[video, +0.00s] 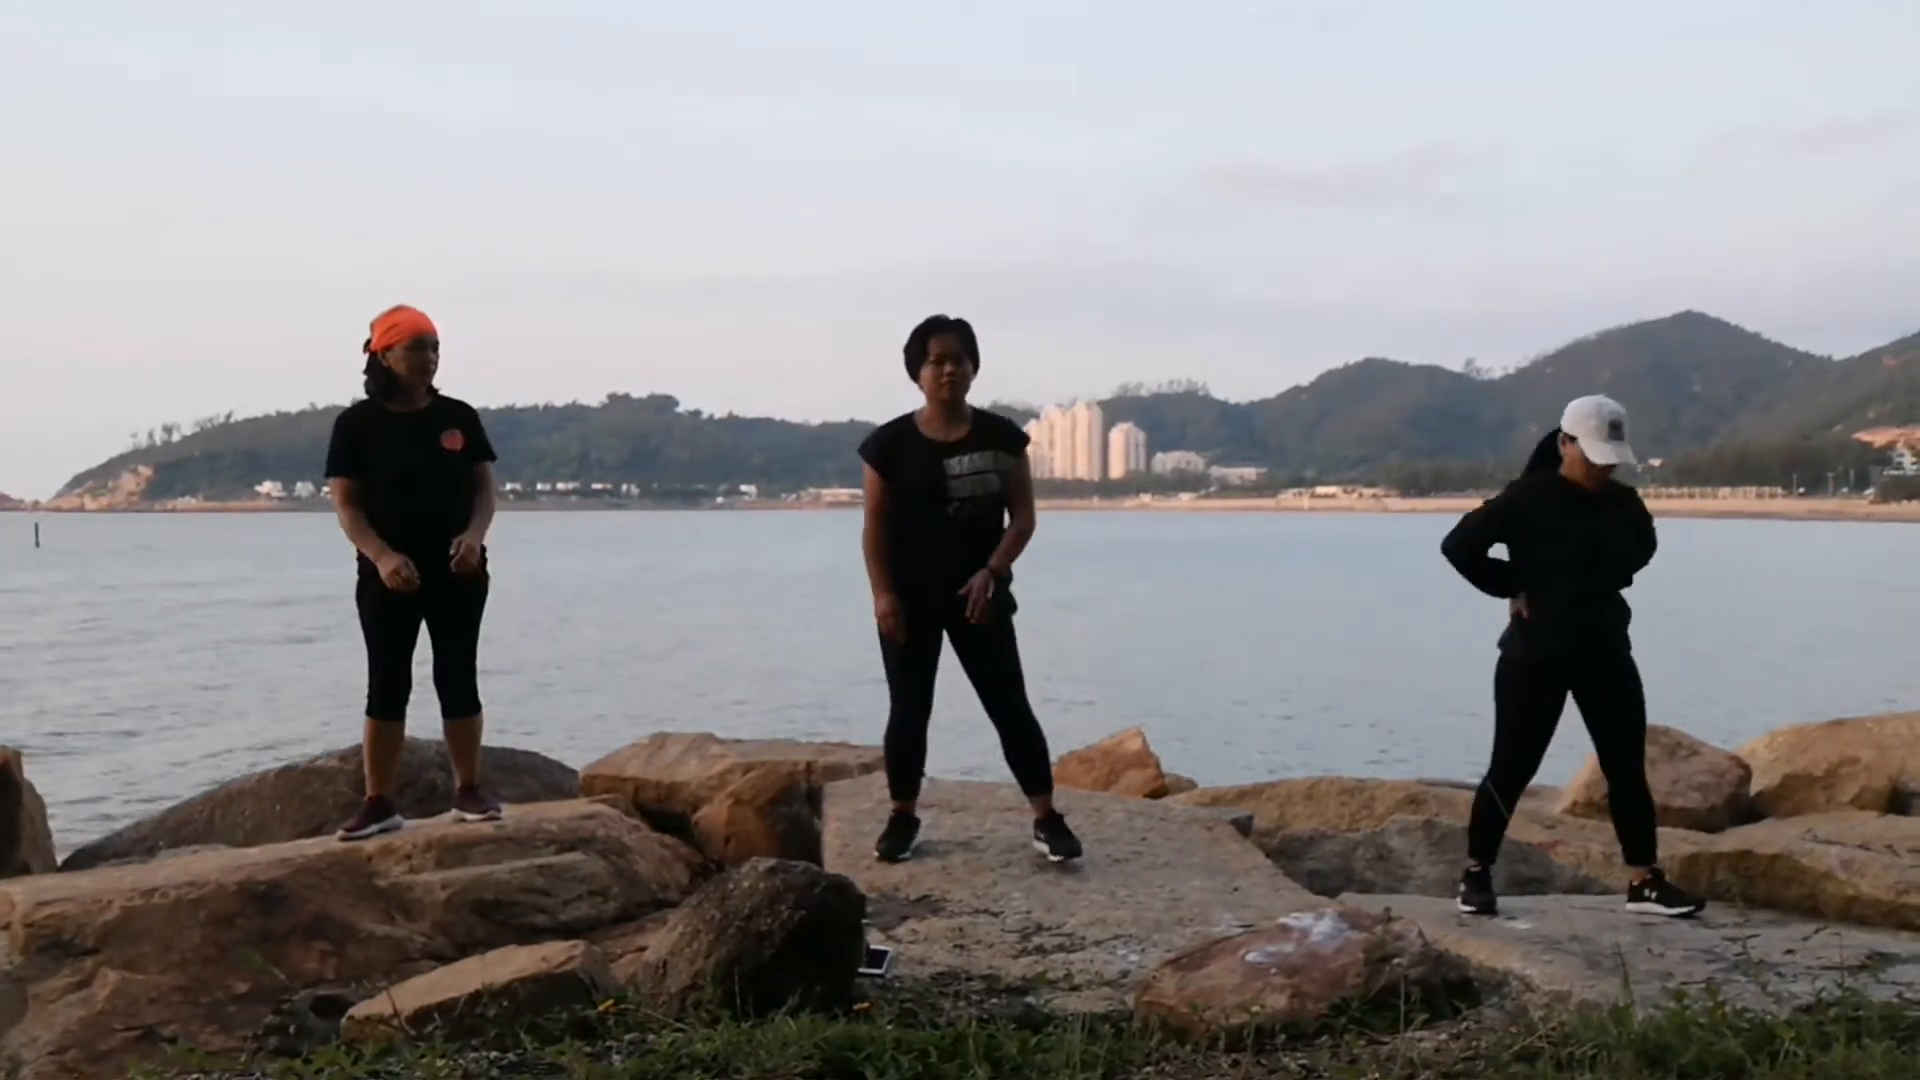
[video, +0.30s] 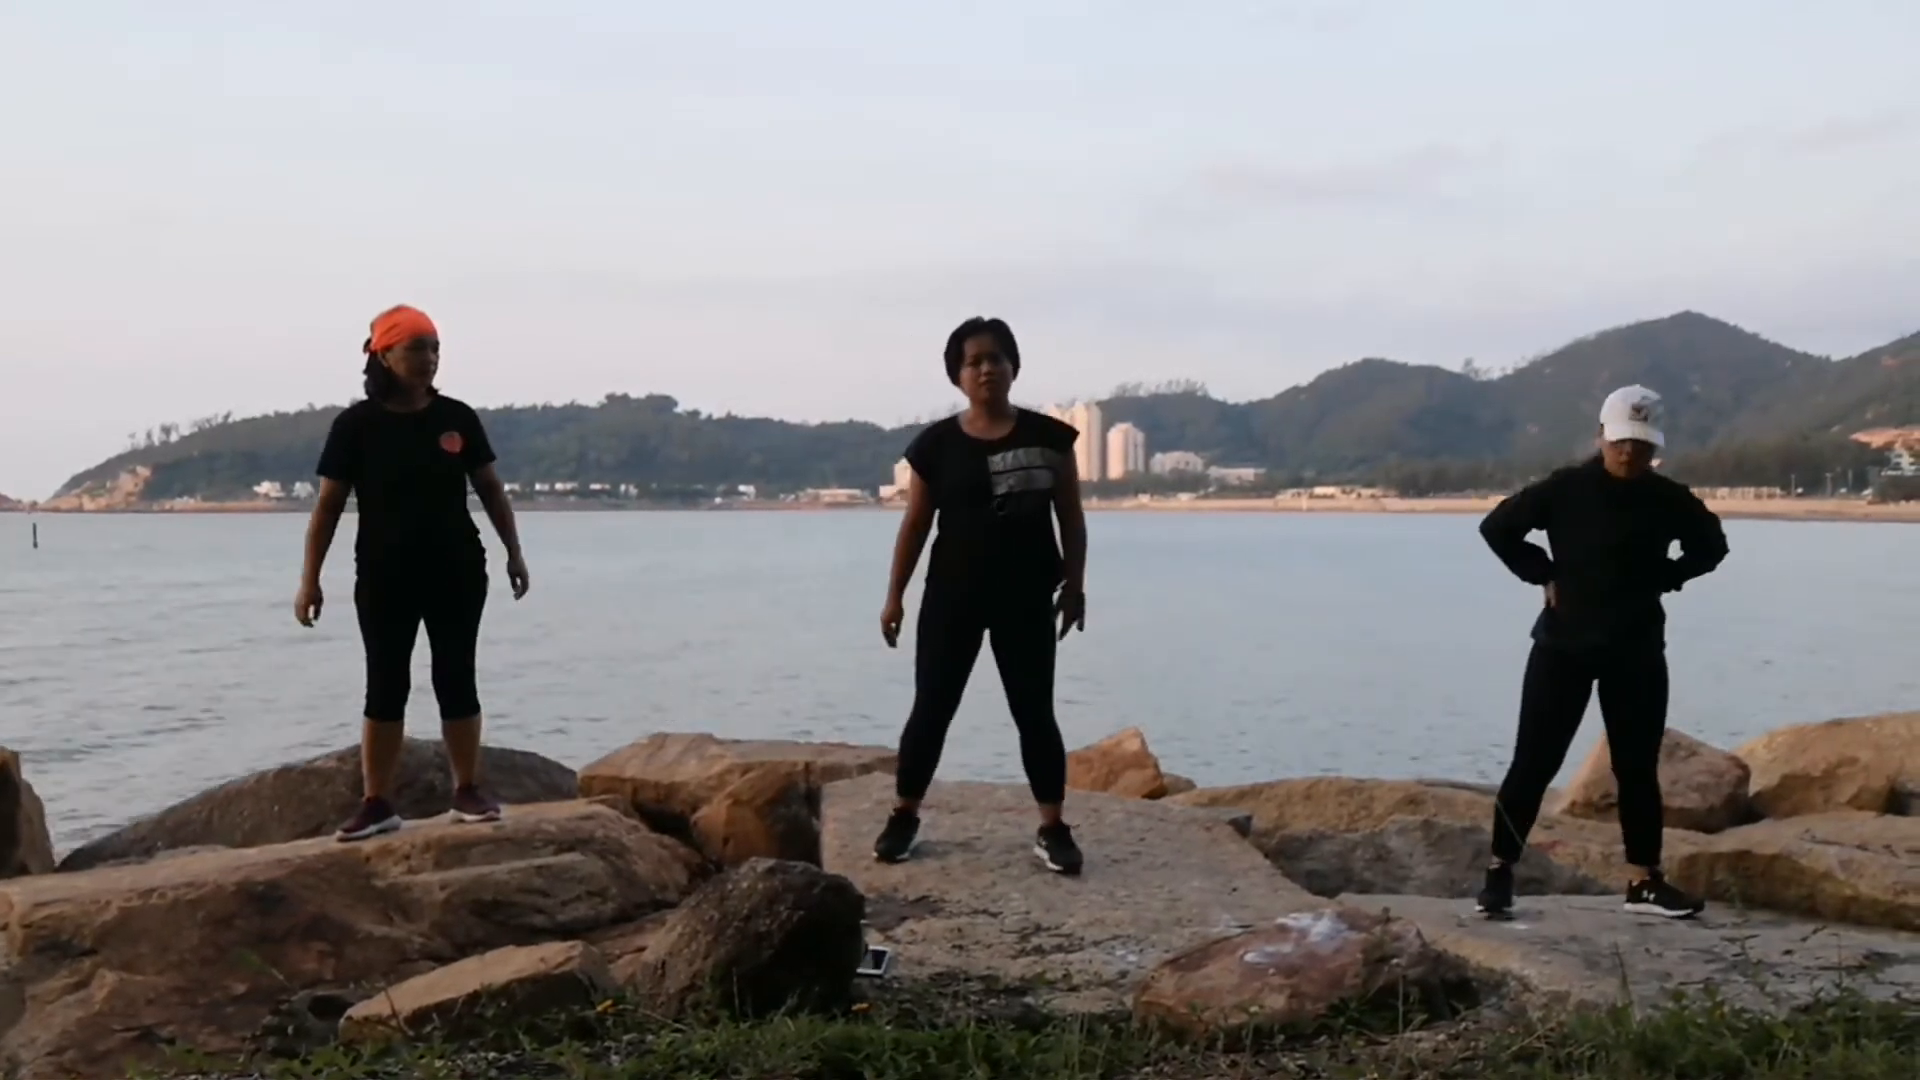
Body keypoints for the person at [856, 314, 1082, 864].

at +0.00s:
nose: (948, 370)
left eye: (957, 360)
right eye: (936, 361)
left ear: (973, 368)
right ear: (916, 371)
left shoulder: (1001, 437)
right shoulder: (888, 445)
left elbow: (1023, 519)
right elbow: (874, 527)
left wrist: (992, 571)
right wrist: (881, 592)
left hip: (979, 594)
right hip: (910, 598)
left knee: (1011, 709)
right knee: (907, 714)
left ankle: (1046, 817)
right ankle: (902, 817)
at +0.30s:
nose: (986, 371)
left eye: (996, 360)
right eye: (974, 362)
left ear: (1013, 368)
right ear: (957, 374)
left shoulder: (1050, 439)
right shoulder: (935, 447)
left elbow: (1071, 518)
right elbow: (914, 526)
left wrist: (1075, 583)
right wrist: (895, 594)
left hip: (1026, 600)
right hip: (953, 600)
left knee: (1036, 714)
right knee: (930, 710)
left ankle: (1053, 826)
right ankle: (904, 817)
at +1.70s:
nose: (988, 374)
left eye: (999, 364)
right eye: (978, 365)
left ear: (1019, 370)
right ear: (962, 372)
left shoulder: (1046, 438)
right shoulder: (936, 437)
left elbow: (1075, 503)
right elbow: (896, 501)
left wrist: (1077, 558)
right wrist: (870, 558)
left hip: (1020, 600)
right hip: (948, 599)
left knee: (1031, 717)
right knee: (920, 710)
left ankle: (1048, 833)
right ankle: (893, 821)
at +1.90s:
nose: (980, 401)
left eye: (993, 391)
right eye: (971, 389)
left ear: (1012, 396)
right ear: (955, 393)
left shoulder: (1031, 447)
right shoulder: (932, 444)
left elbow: (1056, 467)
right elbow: (901, 459)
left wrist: (1067, 478)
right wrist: (882, 476)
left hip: (1011, 616)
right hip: (937, 613)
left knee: (1043, 730)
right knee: (898, 716)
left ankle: (1047, 835)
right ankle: (892, 823)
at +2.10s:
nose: (970, 462)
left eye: (982, 452)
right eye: (960, 452)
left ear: (1000, 459)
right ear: (945, 459)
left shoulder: (1014, 509)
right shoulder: (927, 507)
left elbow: (1036, 505)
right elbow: (906, 507)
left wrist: (1050, 477)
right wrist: (897, 482)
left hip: (1001, 666)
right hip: (928, 664)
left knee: (1059, 735)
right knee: (873, 728)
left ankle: (1047, 836)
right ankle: (889, 825)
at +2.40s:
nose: (966, 524)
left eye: (977, 514)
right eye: (956, 513)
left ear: (995, 522)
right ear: (939, 520)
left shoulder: (1007, 565)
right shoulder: (923, 566)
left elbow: (1025, 563)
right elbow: (908, 566)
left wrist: (1039, 541)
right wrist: (900, 549)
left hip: (995, 717)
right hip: (924, 715)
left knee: (1063, 741)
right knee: (861, 733)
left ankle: (1046, 837)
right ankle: (886, 827)